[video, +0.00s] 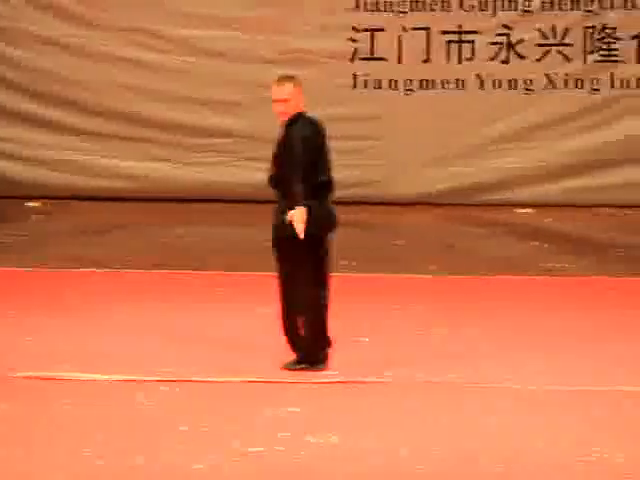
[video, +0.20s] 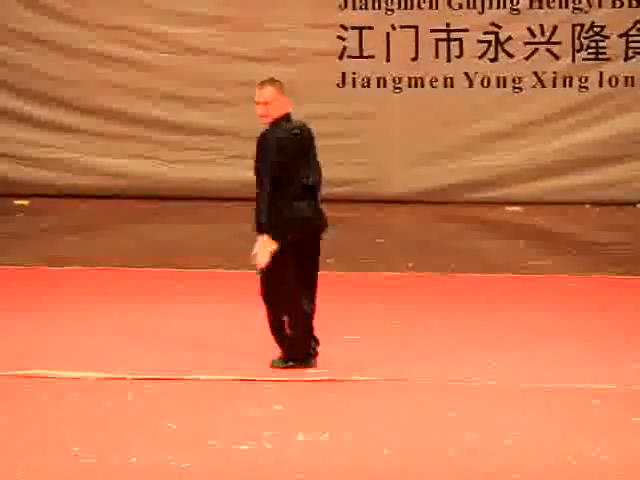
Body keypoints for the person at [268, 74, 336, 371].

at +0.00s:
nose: (278, 107)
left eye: (283, 101)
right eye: (275, 101)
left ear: (298, 98)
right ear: (278, 101)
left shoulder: (297, 130)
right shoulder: (309, 127)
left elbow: (296, 172)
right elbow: (315, 173)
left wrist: (297, 206)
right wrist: (302, 205)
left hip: (297, 220)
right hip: (312, 217)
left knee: (300, 287)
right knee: (311, 285)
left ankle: (309, 350)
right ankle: (314, 345)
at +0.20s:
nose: (259, 108)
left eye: (264, 103)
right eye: (258, 103)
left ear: (280, 102)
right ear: (283, 103)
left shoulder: (270, 138)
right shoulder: (304, 132)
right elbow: (313, 180)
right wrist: (308, 211)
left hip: (283, 226)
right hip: (309, 222)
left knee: (274, 288)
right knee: (304, 284)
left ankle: (291, 347)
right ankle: (304, 343)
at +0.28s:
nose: (254, 116)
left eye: (259, 109)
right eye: (252, 110)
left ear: (279, 108)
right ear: (281, 110)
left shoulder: (265, 144)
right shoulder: (295, 139)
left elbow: (251, 183)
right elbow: (312, 179)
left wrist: (244, 208)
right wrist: (294, 201)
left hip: (288, 226)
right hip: (309, 222)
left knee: (260, 285)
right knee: (297, 285)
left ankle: (280, 344)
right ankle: (298, 343)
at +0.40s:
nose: (246, 129)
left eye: (252, 123)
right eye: (245, 123)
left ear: (267, 121)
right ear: (243, 121)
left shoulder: (263, 152)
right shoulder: (277, 151)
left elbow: (219, 157)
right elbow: (299, 195)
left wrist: (220, 134)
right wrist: (311, 235)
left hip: (280, 239)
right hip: (290, 237)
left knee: (258, 294)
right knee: (280, 297)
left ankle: (232, 349)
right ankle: (292, 348)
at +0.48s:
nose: (246, 133)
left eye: (253, 128)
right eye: (244, 127)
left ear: (268, 126)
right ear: (242, 127)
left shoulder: (273, 156)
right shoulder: (252, 156)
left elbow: (246, 153)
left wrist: (223, 135)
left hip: (273, 241)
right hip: (254, 240)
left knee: (253, 299)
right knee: (268, 297)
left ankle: (228, 356)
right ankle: (287, 348)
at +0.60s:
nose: (258, 140)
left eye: (265, 135)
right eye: (255, 133)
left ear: (276, 137)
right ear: (248, 131)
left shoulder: (278, 173)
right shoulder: (236, 151)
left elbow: (294, 204)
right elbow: (214, 144)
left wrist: (305, 229)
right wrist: (194, 135)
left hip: (257, 250)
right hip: (225, 244)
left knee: (241, 310)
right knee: (222, 310)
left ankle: (219, 366)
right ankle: (268, 334)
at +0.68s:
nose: (265, 153)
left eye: (271, 147)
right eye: (260, 146)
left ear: (281, 149)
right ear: (251, 145)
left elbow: (297, 231)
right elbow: (196, 139)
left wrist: (285, 264)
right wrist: (168, 113)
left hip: (254, 248)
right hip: (220, 242)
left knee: (247, 307)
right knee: (212, 302)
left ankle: (221, 367)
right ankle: (239, 347)